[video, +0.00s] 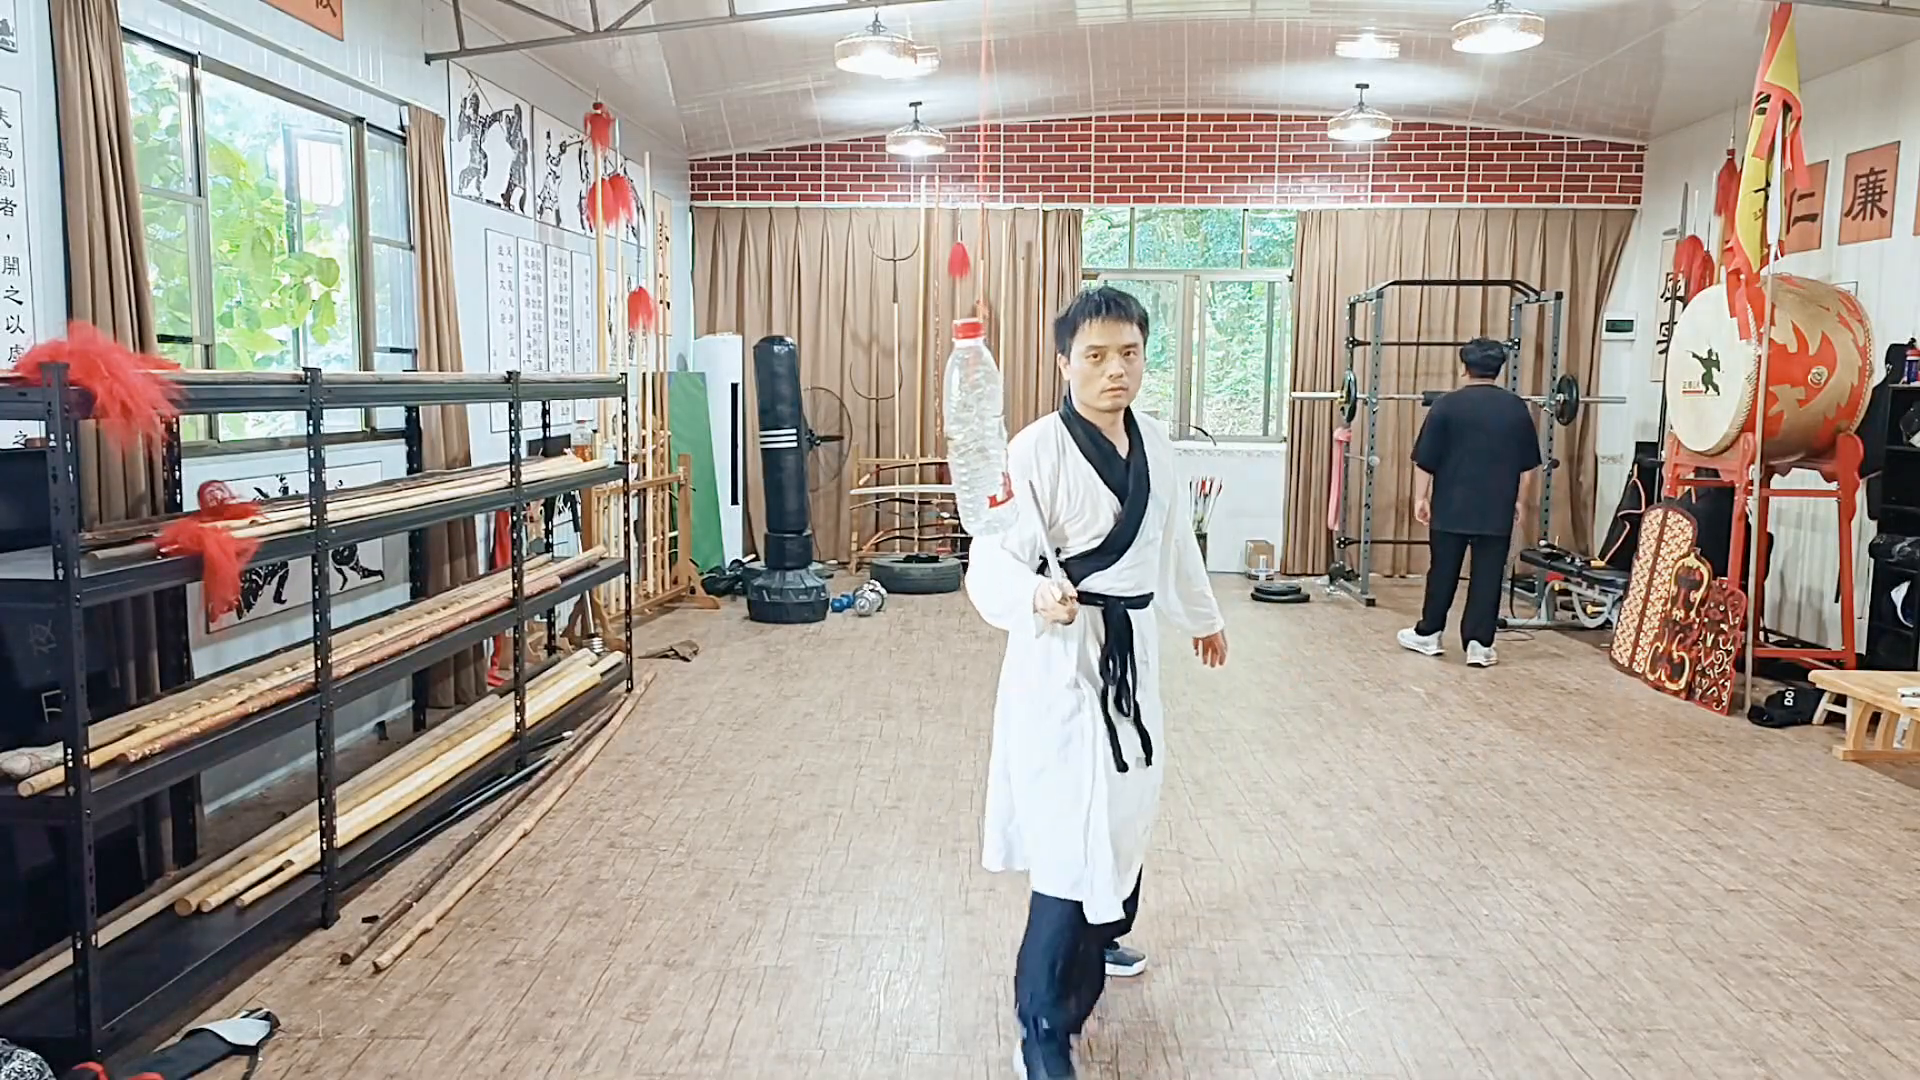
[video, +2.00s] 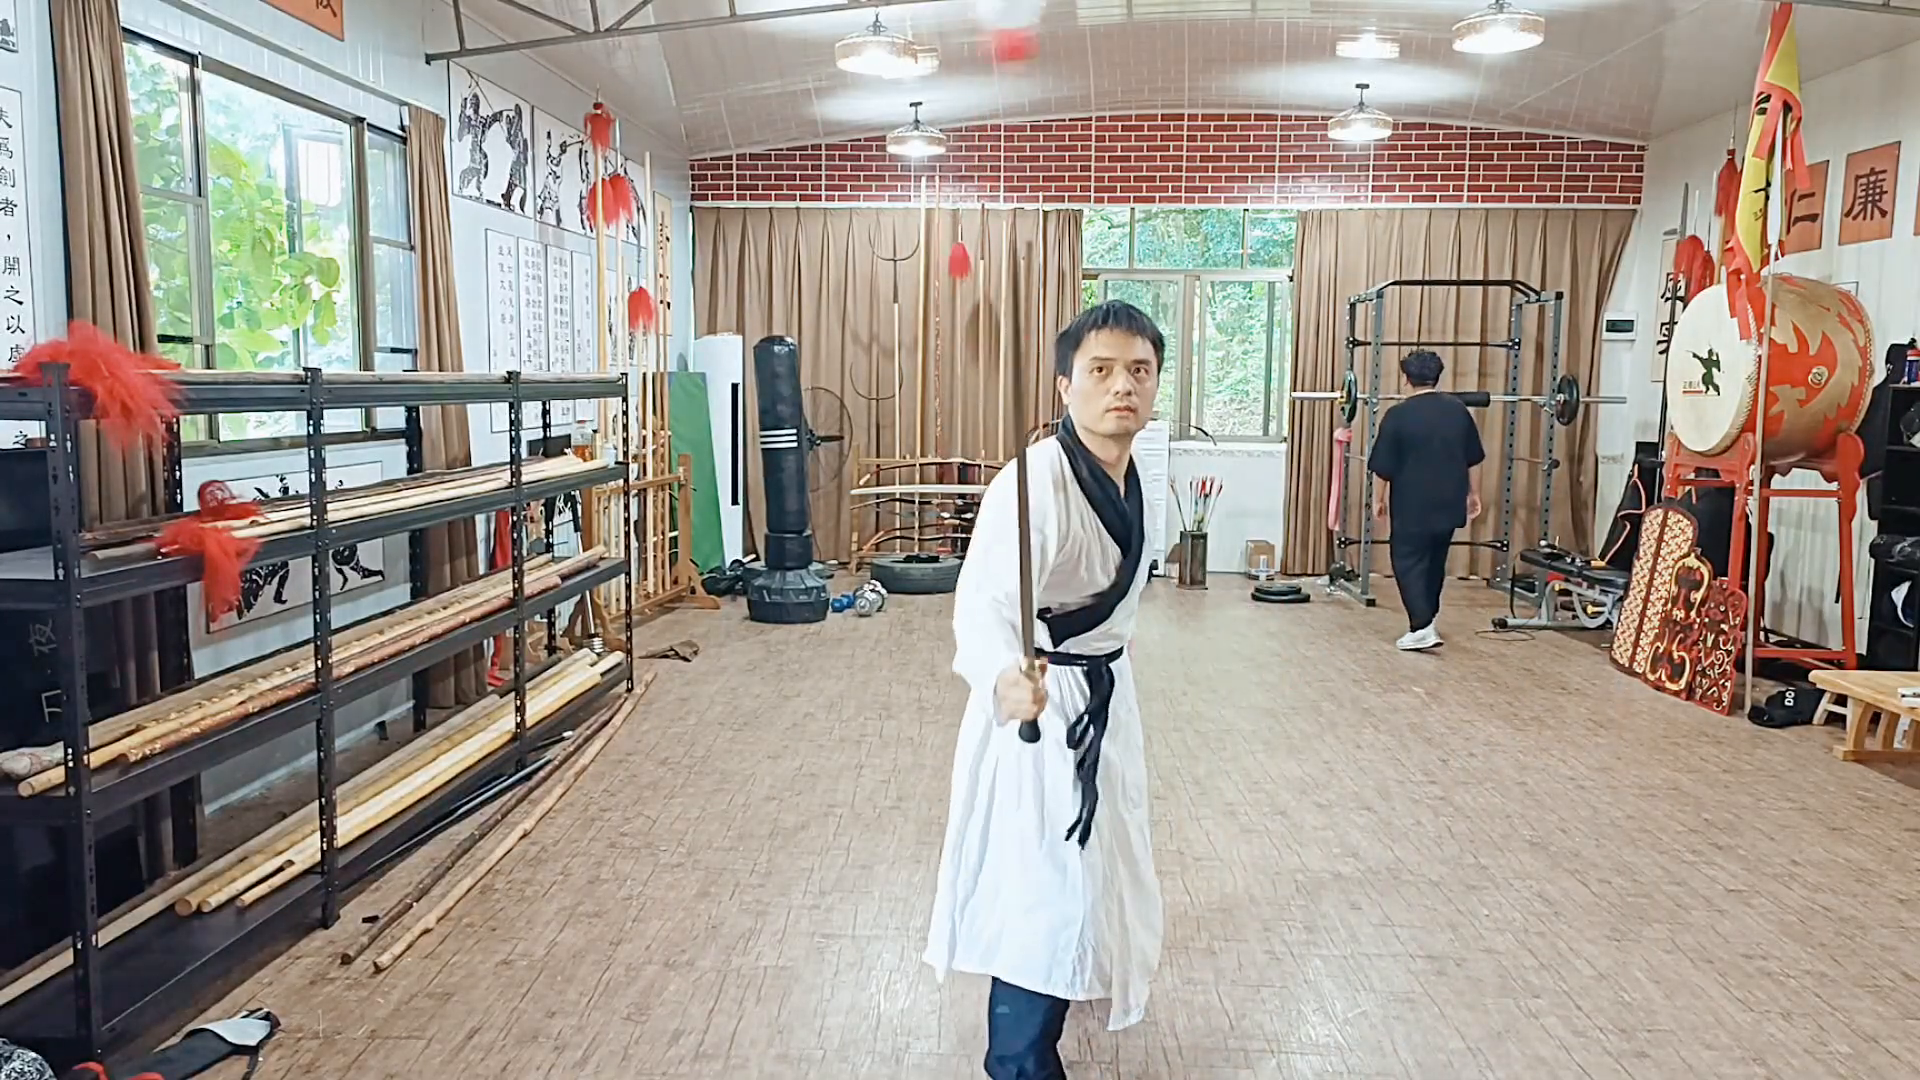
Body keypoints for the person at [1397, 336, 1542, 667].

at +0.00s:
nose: (1461, 370)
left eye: (1463, 366)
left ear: (1465, 368)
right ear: (1499, 370)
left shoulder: (1447, 405)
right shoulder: (1516, 407)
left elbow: (1426, 459)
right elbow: (1529, 465)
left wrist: (1420, 497)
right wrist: (1522, 504)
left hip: (1450, 507)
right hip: (1496, 511)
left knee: (1442, 573)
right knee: (1487, 580)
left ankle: (1428, 635)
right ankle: (1479, 645)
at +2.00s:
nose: (1403, 380)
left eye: (1404, 376)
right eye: (1405, 376)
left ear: (1407, 379)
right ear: (1437, 377)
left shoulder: (1397, 414)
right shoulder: (1457, 408)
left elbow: (1382, 465)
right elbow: (1473, 457)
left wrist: (1380, 499)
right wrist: (1474, 491)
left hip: (1411, 505)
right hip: (1448, 503)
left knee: (1407, 563)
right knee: (1435, 562)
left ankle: (1422, 628)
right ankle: (1425, 623)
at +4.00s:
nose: (1437, 365)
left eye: (1439, 361)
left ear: (1441, 365)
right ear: (1474, 366)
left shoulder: (1425, 401)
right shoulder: (1490, 401)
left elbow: (1403, 454)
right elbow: (1503, 456)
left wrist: (1397, 490)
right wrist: (1498, 495)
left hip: (1430, 503)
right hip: (1473, 503)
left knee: (1431, 568)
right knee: (1468, 568)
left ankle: (1430, 634)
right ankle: (1464, 635)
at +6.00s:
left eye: (1469, 365)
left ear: (1470, 368)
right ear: (1505, 369)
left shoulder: (1451, 406)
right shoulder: (1518, 407)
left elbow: (1429, 458)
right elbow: (1527, 460)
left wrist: (1419, 492)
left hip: (1452, 509)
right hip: (1496, 512)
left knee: (1443, 571)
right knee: (1493, 574)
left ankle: (1430, 634)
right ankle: (1488, 637)